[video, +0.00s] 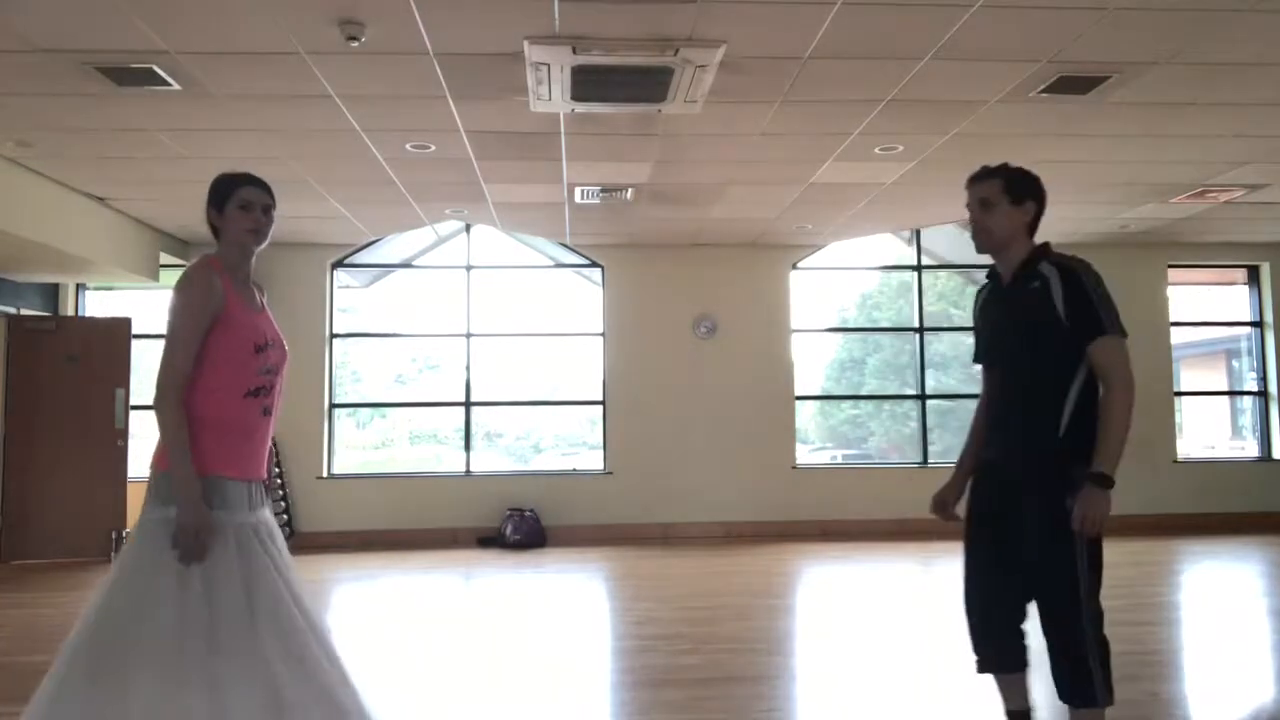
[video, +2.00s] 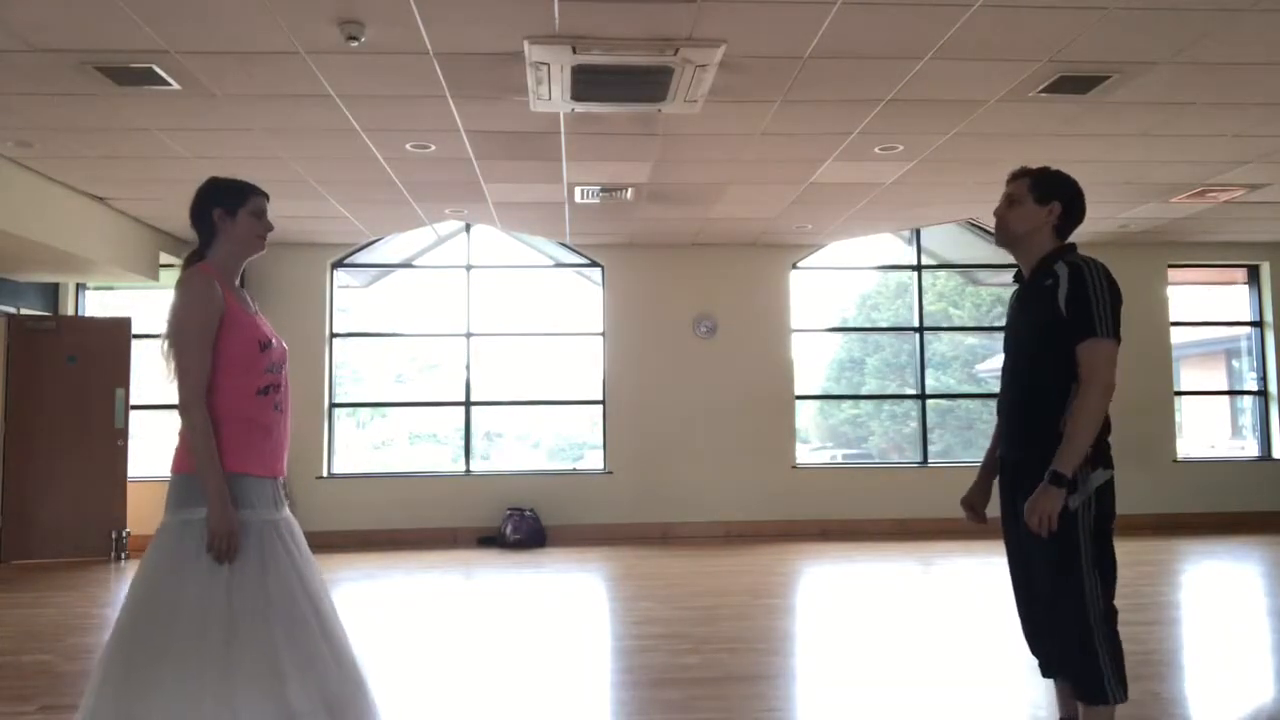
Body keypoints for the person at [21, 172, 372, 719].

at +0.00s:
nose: (257, 218)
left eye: (266, 212)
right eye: (245, 208)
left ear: (272, 226)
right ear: (216, 217)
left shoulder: (256, 294)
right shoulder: (203, 280)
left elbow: (245, 399)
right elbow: (167, 392)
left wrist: (261, 485)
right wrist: (189, 500)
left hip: (245, 497)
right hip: (203, 496)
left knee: (245, 653)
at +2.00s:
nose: (269, 227)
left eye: (268, 217)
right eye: (259, 216)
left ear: (227, 221)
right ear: (221, 218)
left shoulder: (236, 293)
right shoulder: (201, 286)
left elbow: (237, 399)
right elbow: (192, 402)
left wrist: (271, 489)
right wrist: (218, 503)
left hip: (257, 492)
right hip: (225, 493)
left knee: (262, 649)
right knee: (224, 651)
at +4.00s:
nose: (257, 236)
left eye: (258, 227)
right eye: (248, 224)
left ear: (220, 229)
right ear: (209, 224)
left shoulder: (230, 300)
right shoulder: (188, 293)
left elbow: (239, 405)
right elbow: (186, 408)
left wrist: (270, 494)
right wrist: (214, 508)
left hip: (255, 498)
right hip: (219, 499)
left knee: (260, 656)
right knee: (219, 659)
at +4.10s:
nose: (258, 235)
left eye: (258, 226)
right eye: (248, 223)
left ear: (217, 228)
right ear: (209, 224)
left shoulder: (230, 300)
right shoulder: (189, 293)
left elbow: (239, 405)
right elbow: (186, 408)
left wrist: (270, 494)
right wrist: (214, 508)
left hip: (256, 497)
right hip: (219, 499)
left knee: (260, 655)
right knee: (220, 658)